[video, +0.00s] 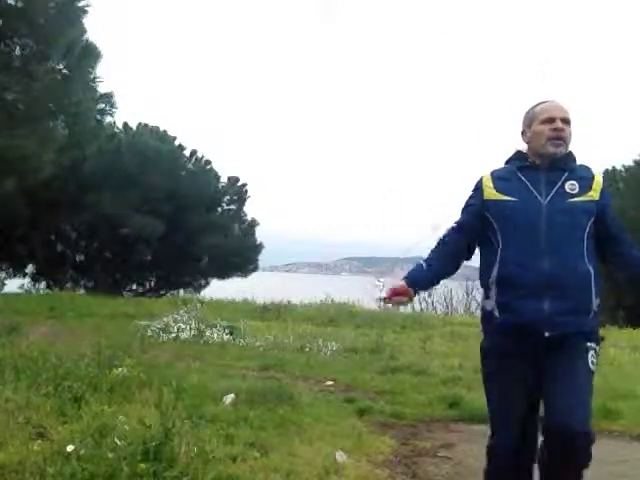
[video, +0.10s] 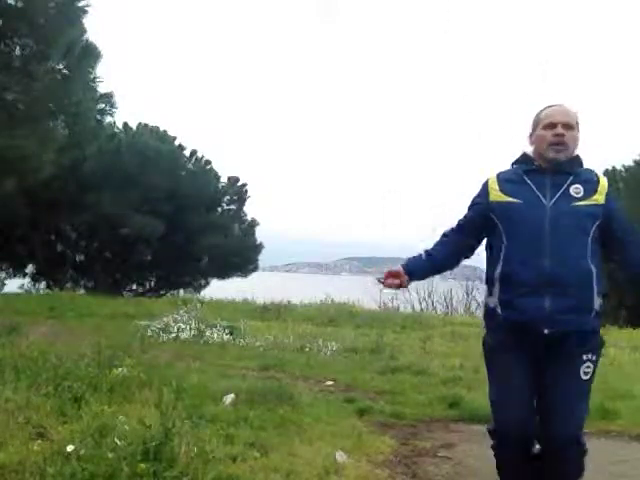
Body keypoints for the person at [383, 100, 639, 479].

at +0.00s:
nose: (559, 127)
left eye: (565, 122)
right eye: (548, 122)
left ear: (573, 133)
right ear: (526, 134)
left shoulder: (591, 186)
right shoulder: (493, 185)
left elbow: (621, 251)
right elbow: (456, 244)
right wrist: (413, 283)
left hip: (572, 333)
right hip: (508, 333)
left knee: (572, 437)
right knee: (509, 445)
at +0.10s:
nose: (559, 133)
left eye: (568, 127)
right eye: (550, 127)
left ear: (579, 138)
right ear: (532, 138)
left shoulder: (599, 191)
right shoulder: (498, 188)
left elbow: (630, 252)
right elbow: (457, 242)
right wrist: (409, 271)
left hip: (574, 334)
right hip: (509, 332)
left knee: (564, 441)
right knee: (511, 436)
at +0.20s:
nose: (561, 157)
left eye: (569, 151)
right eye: (552, 151)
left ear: (581, 163)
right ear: (535, 162)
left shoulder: (605, 216)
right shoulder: (501, 213)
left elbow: (632, 274)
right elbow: (468, 266)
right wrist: (425, 284)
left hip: (577, 358)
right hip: (510, 354)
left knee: (563, 453)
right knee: (505, 432)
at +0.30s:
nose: (559, 141)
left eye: (568, 135)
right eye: (550, 135)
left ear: (581, 147)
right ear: (536, 147)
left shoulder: (605, 202)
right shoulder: (503, 201)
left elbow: (630, 265)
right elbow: (473, 262)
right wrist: (433, 294)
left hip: (577, 351)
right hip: (511, 347)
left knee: (567, 455)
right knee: (510, 436)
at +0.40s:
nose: (554, 127)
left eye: (563, 121)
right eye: (546, 121)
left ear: (577, 131)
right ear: (532, 132)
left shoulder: (602, 183)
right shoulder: (503, 184)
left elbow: (631, 245)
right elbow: (467, 240)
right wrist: (423, 274)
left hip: (577, 328)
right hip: (514, 327)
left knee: (566, 433)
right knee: (519, 428)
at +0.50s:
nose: (551, 141)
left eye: (560, 135)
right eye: (542, 135)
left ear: (574, 145)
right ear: (529, 146)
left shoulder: (602, 195)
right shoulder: (500, 198)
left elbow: (632, 252)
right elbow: (463, 252)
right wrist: (417, 272)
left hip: (578, 336)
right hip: (514, 336)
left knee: (571, 433)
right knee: (521, 435)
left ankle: (559, 474)